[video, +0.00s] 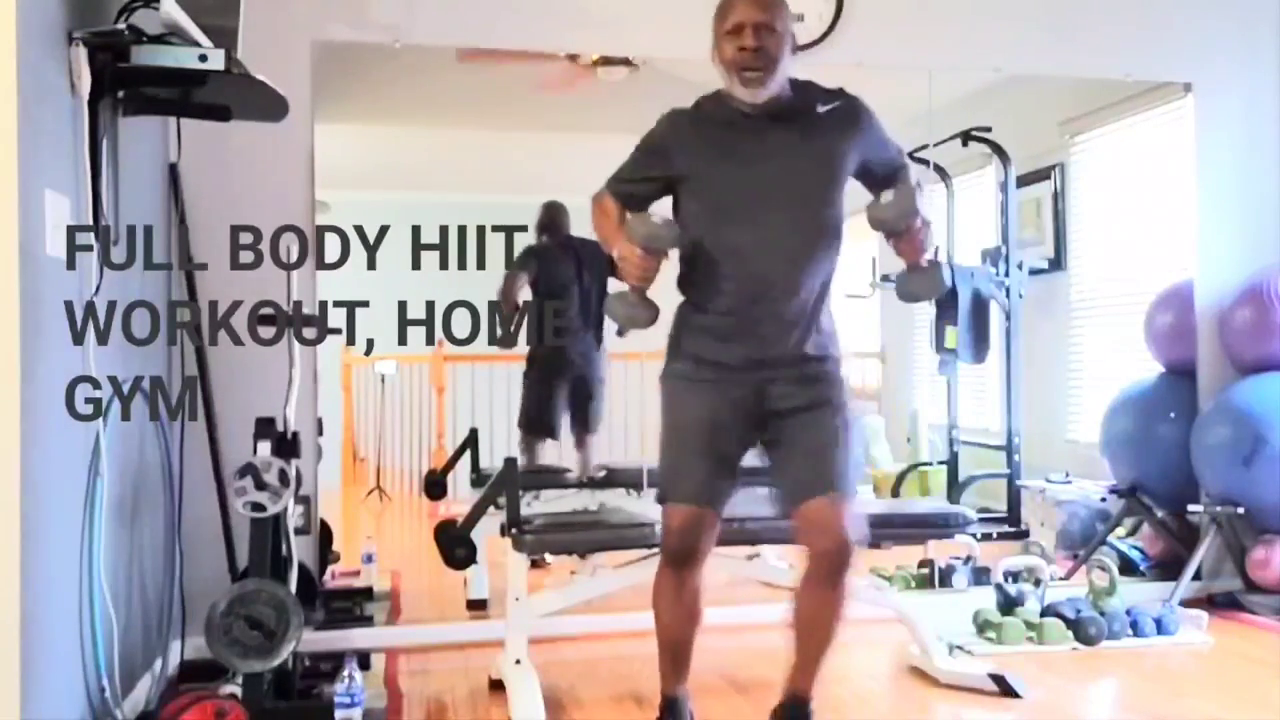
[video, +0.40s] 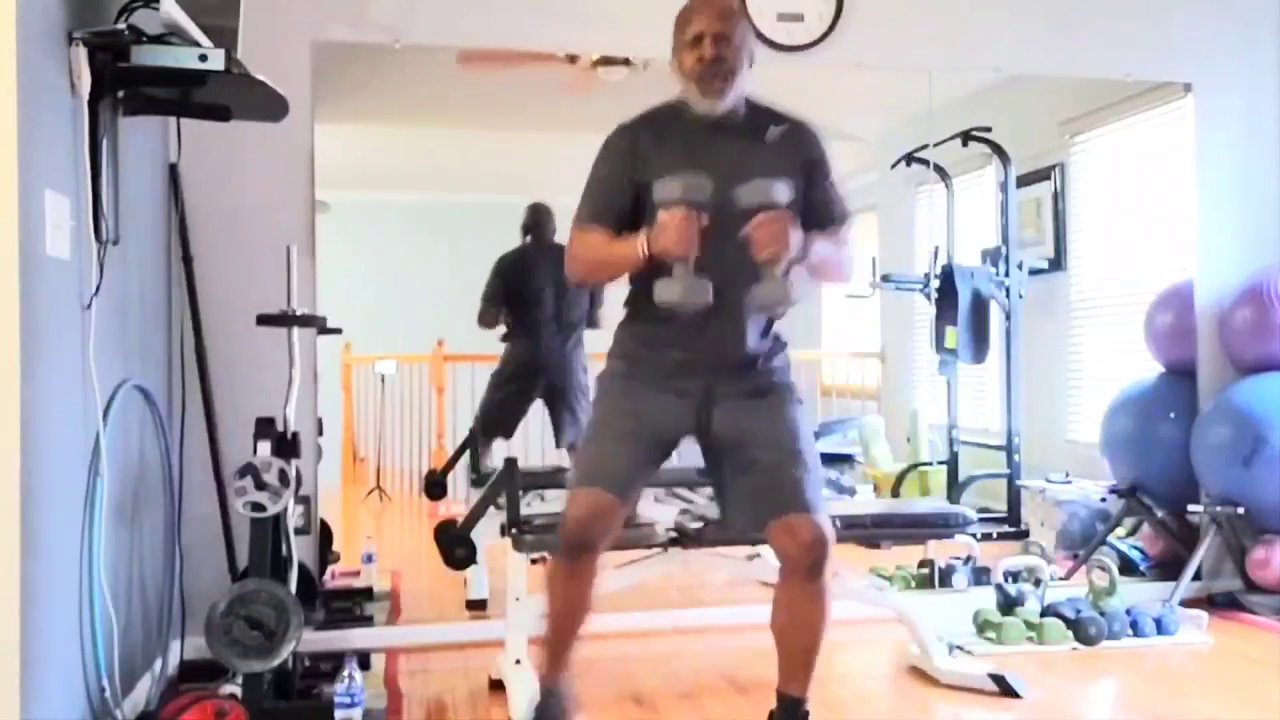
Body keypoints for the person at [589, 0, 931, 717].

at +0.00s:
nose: (750, 42)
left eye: (765, 28)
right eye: (734, 31)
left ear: (793, 39)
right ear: (715, 47)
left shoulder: (843, 119)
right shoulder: (683, 131)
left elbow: (897, 183)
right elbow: (607, 203)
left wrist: (909, 232)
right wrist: (621, 249)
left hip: (806, 365)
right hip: (706, 366)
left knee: (831, 543)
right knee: (683, 539)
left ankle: (796, 702)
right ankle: (674, 704)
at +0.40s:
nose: (710, 51)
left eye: (725, 38)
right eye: (696, 40)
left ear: (750, 51)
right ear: (676, 55)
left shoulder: (795, 144)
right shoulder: (634, 144)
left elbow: (840, 261)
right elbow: (580, 258)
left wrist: (799, 245)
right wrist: (648, 246)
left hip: (753, 373)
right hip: (648, 370)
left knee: (806, 543)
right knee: (580, 527)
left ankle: (791, 707)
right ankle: (552, 691)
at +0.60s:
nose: (657, 149)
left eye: (672, 137)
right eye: (642, 138)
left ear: (696, 151)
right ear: (622, 151)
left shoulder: (737, 232)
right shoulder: (578, 232)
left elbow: (779, 364)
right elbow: (532, 360)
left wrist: (745, 328)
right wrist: (603, 329)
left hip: (712, 443)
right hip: (598, 445)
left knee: (826, 566)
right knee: (511, 577)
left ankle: (793, 710)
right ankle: (487, 715)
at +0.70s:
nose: (629, 139)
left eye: (643, 126)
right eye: (614, 127)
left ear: (666, 136)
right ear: (591, 137)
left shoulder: (713, 223)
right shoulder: (546, 225)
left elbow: (757, 348)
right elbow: (488, 340)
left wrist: (736, 324)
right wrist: (539, 332)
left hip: (682, 431)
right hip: (568, 434)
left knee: (787, 562)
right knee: (503, 580)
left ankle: (787, 708)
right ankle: (488, 716)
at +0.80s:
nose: (599, 84)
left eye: (615, 71)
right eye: (585, 70)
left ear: (643, 81)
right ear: (563, 80)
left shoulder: (687, 175)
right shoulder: (522, 172)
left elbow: (725, 276)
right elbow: (464, 266)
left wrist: (737, 290)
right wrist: (469, 284)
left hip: (653, 391)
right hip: (543, 391)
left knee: (738, 547)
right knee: (497, 559)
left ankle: (767, 698)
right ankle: (486, 711)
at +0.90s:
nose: (583, 38)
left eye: (599, 23)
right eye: (568, 24)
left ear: (627, 31)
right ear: (548, 33)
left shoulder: (671, 124)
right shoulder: (501, 122)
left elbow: (719, 224)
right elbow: (444, 221)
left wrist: (739, 258)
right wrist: (438, 260)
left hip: (637, 363)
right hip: (523, 367)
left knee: (703, 528)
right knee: (493, 551)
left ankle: (700, 681)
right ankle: (487, 711)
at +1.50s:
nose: (597, 111)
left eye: (611, 97)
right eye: (582, 99)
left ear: (639, 108)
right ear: (563, 113)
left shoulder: (692, 201)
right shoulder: (524, 201)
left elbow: (741, 327)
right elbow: (473, 318)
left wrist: (693, 313)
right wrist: (520, 318)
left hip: (667, 431)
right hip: (548, 432)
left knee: (768, 568)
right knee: (480, 586)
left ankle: (799, 714)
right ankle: (485, 716)